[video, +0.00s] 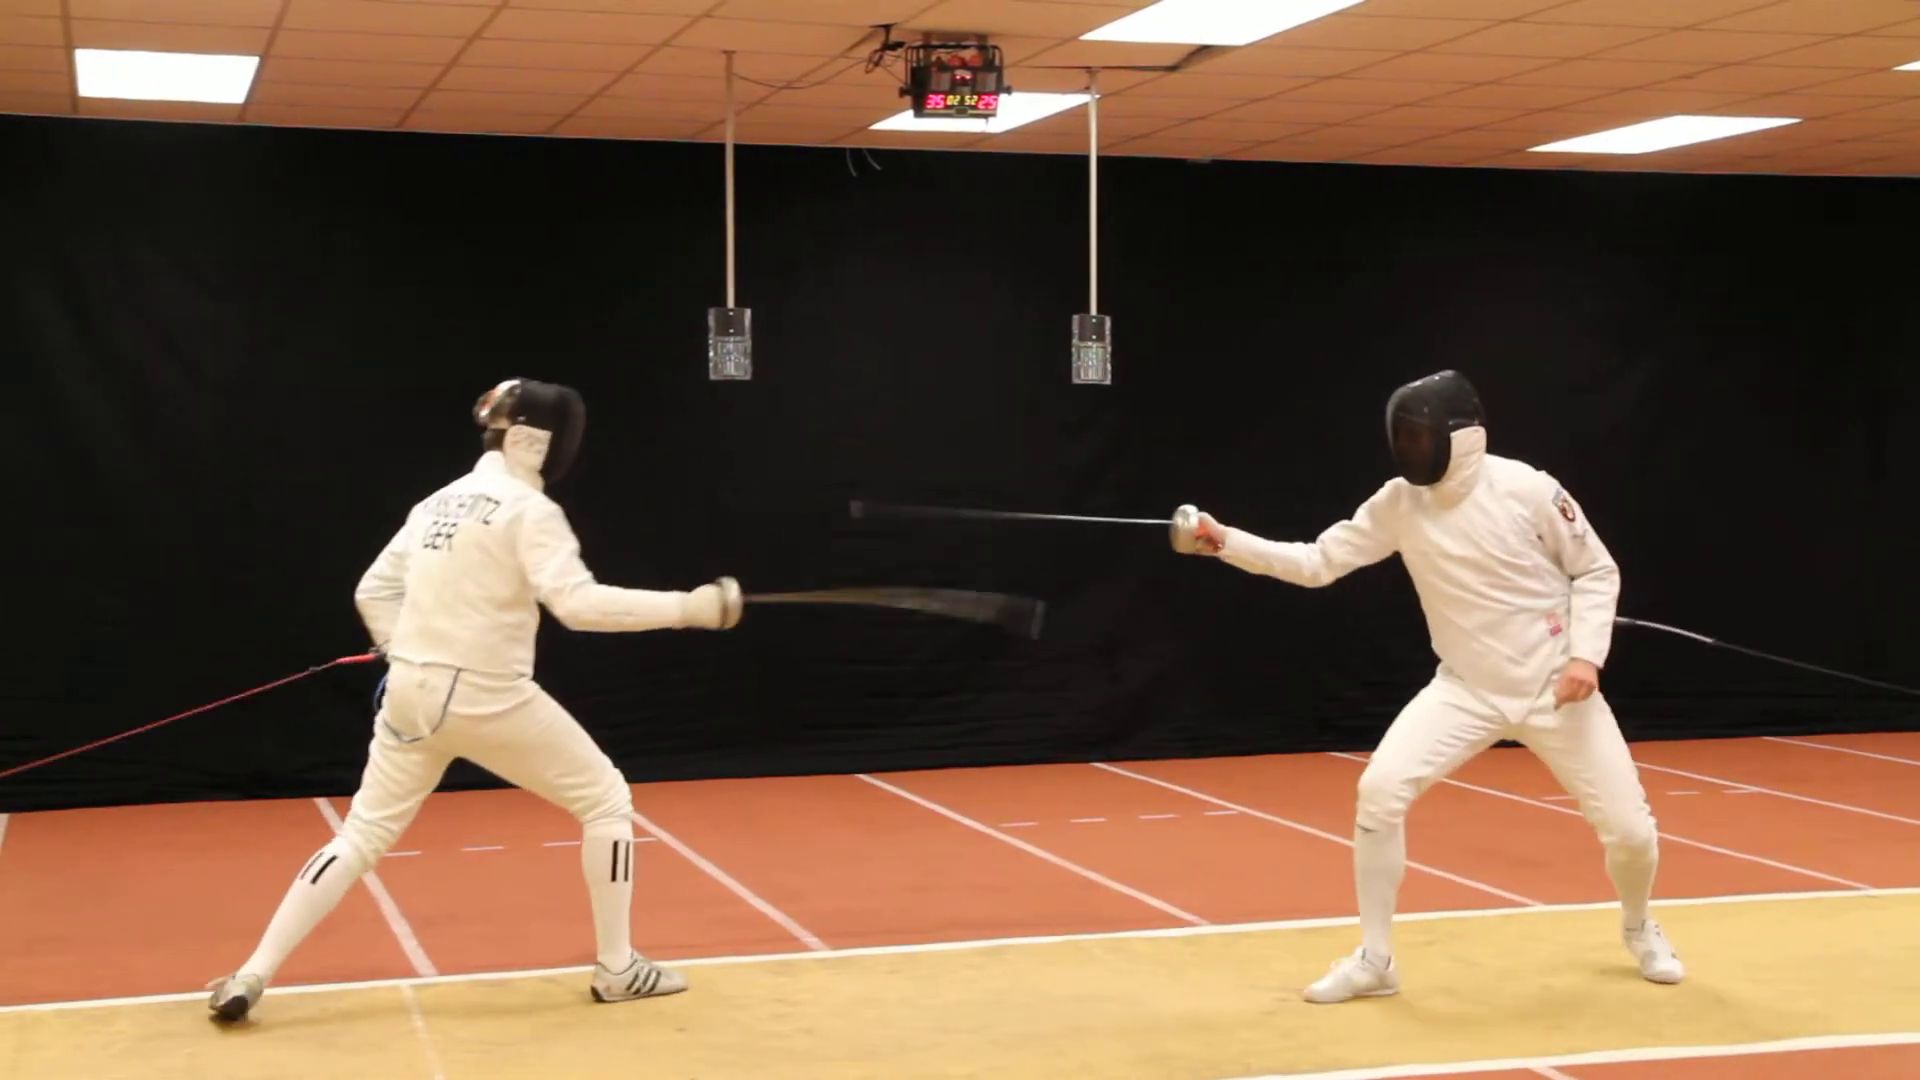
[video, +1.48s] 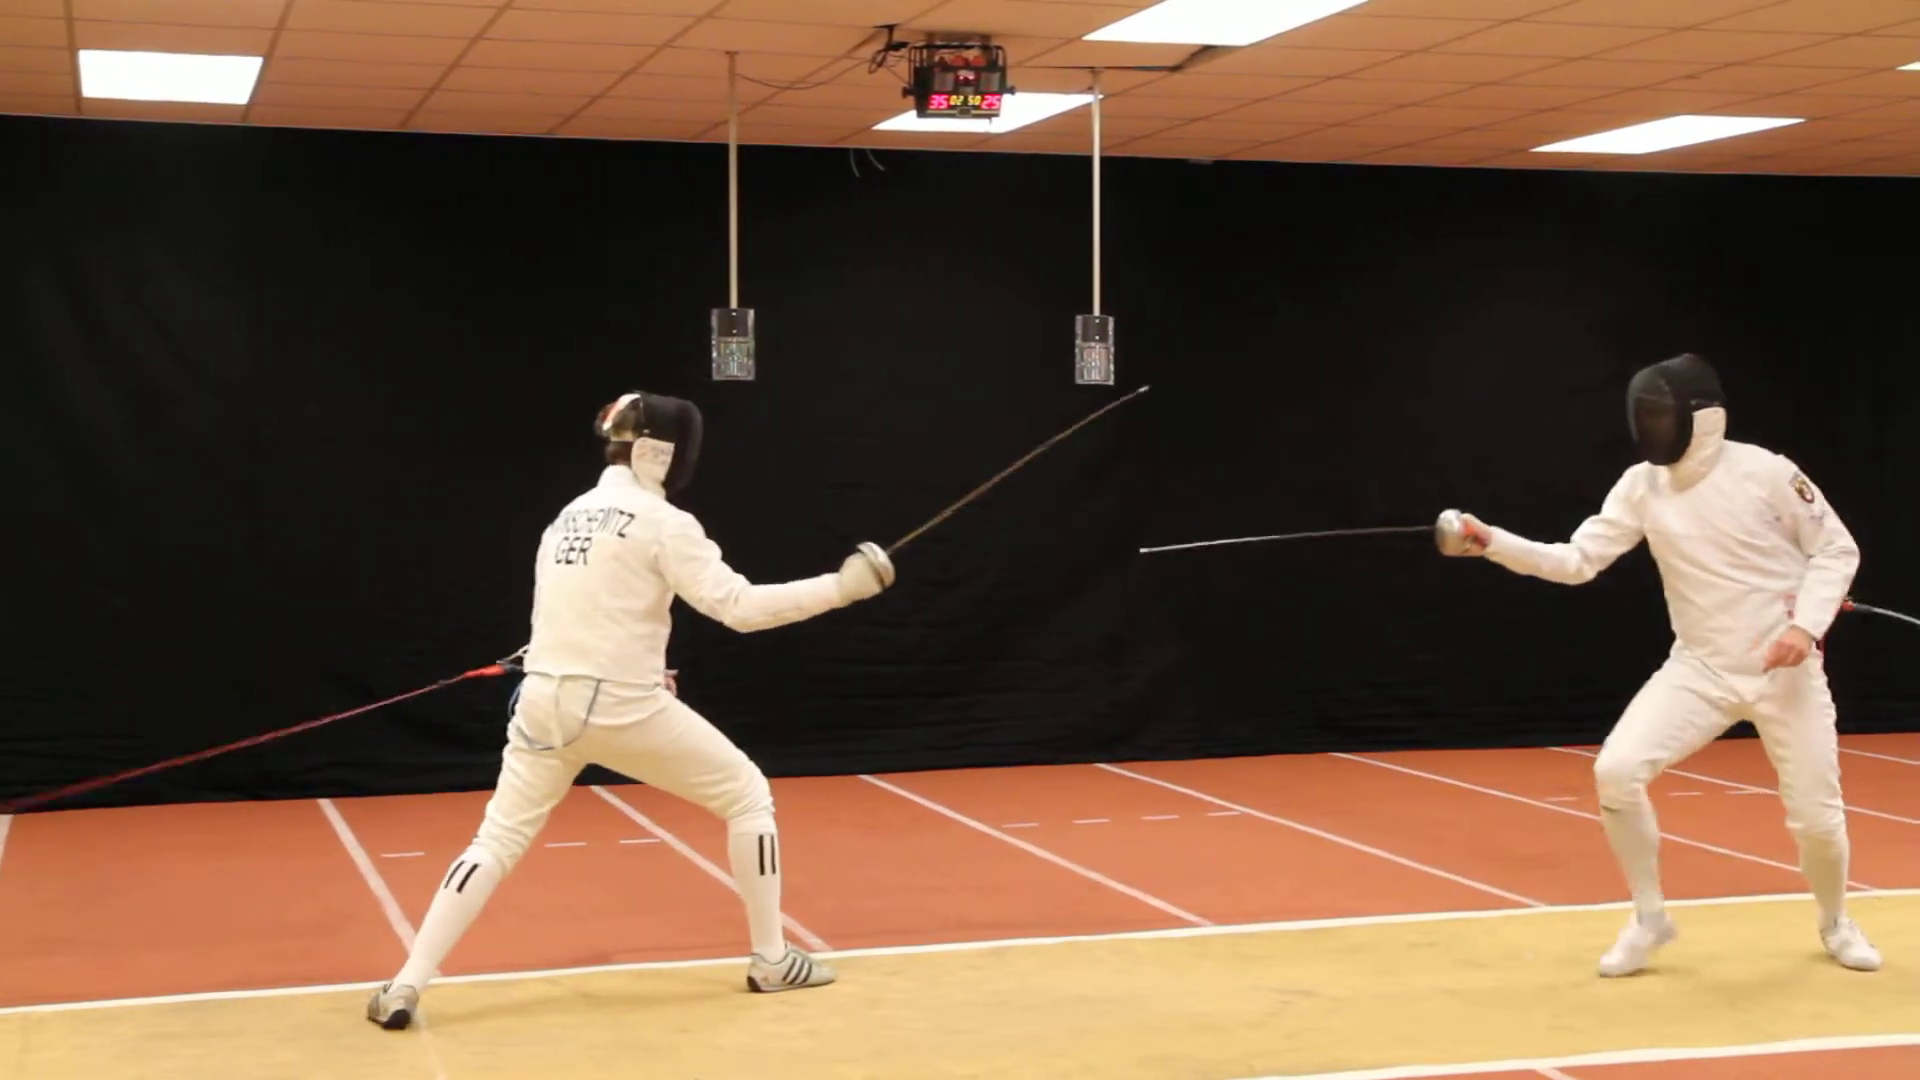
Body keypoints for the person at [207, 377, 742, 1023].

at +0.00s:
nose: (557, 449)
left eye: (551, 435)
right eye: (554, 436)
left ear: (504, 435)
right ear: (536, 442)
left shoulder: (439, 502)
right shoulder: (531, 511)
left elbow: (376, 591)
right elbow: (577, 601)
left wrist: (414, 662)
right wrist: (691, 605)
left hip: (408, 691)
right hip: (491, 697)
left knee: (361, 835)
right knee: (605, 801)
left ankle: (250, 977)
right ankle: (619, 967)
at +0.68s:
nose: (560, 468)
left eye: (555, 453)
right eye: (563, 457)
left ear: (533, 458)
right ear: (564, 465)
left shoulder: (477, 524)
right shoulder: (560, 531)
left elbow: (421, 611)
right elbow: (650, 606)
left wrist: (452, 679)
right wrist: (762, 592)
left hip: (435, 708)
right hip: (516, 707)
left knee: (361, 848)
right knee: (653, 777)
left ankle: (242, 984)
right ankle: (696, 939)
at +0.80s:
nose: (656, 473)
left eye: (633, 456)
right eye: (659, 463)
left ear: (599, 458)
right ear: (655, 467)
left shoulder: (541, 521)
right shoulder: (646, 529)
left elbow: (473, 604)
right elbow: (737, 581)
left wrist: (494, 673)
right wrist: (844, 568)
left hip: (495, 692)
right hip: (579, 701)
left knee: (397, 827)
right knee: (689, 813)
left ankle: (267, 951)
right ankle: (770, 956)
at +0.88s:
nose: (704, 481)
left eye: (685, 463)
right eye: (704, 470)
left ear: (639, 467)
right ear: (694, 476)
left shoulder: (576, 531)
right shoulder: (689, 540)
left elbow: (502, 613)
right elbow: (778, 600)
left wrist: (493, 702)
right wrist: (879, 573)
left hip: (533, 701)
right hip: (619, 708)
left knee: (446, 838)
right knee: (734, 796)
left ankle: (313, 942)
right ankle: (780, 956)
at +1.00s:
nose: (719, 481)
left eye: (708, 466)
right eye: (717, 469)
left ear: (663, 460)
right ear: (705, 470)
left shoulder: (598, 526)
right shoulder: (702, 532)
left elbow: (527, 617)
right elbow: (775, 623)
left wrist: (519, 703)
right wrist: (882, 600)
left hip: (560, 699)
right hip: (642, 705)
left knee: (514, 845)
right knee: (757, 796)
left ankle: (391, 948)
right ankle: (780, 957)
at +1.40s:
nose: (682, 463)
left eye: (678, 450)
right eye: (677, 451)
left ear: (613, 451)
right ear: (658, 457)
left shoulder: (566, 519)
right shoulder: (662, 527)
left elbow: (567, 616)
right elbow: (736, 611)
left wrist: (537, 656)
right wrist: (838, 584)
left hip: (539, 703)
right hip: (621, 707)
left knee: (494, 842)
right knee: (743, 796)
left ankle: (406, 988)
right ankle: (775, 956)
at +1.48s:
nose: (688, 460)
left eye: (682, 446)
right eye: (683, 448)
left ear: (616, 450)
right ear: (665, 456)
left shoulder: (569, 519)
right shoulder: (665, 525)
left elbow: (563, 624)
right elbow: (740, 607)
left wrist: (639, 673)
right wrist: (843, 585)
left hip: (542, 702)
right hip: (623, 706)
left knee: (496, 840)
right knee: (747, 796)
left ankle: (404, 986)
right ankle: (772, 957)